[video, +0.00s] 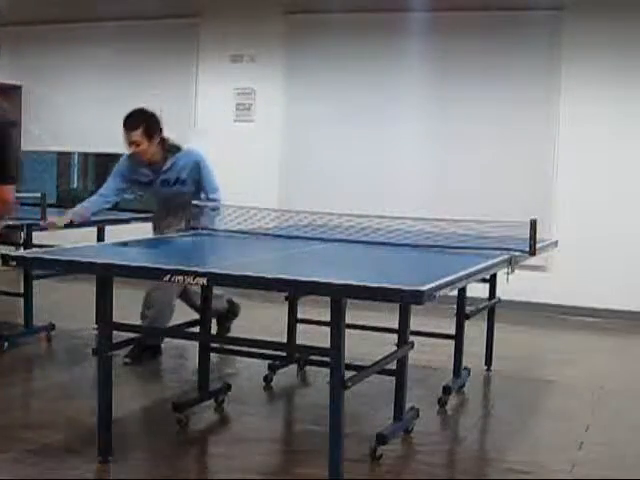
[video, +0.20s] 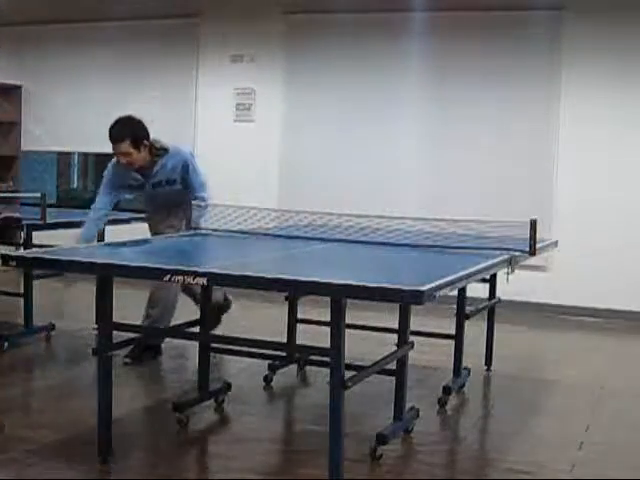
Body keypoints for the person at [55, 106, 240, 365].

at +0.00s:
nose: (132, 151)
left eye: (136, 144)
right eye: (129, 145)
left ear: (157, 138)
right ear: (127, 142)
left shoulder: (192, 161)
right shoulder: (130, 165)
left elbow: (212, 202)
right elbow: (106, 197)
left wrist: (200, 238)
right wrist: (68, 219)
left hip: (192, 231)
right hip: (162, 230)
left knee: (165, 280)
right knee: (180, 281)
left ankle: (149, 341)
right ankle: (223, 307)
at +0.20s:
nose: (121, 161)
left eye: (126, 155)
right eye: (118, 156)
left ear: (144, 146)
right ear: (114, 150)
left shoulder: (180, 159)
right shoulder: (117, 171)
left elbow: (200, 198)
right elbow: (101, 208)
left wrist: (197, 236)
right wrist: (83, 244)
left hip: (184, 221)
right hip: (157, 222)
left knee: (167, 273)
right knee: (177, 269)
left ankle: (149, 340)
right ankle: (213, 301)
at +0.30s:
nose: (120, 153)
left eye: (126, 146)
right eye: (117, 146)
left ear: (143, 139)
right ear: (113, 142)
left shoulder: (178, 153)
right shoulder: (117, 165)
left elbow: (199, 198)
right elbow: (108, 214)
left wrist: (192, 244)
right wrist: (104, 261)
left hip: (181, 210)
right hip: (153, 212)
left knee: (166, 269)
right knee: (165, 265)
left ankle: (150, 340)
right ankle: (207, 294)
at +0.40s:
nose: (125, 139)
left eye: (129, 133)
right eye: (121, 133)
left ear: (146, 125)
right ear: (117, 130)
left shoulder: (179, 149)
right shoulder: (121, 156)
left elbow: (196, 201)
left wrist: (187, 249)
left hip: (180, 216)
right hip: (154, 218)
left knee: (166, 271)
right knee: (165, 267)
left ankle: (152, 338)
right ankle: (201, 290)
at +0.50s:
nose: (131, 126)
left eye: (136, 119)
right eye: (128, 119)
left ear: (154, 113)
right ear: (125, 117)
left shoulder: (181, 143)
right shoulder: (128, 142)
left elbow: (187, 198)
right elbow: (129, 189)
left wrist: (153, 222)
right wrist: (138, 227)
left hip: (183, 215)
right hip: (152, 216)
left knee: (168, 274)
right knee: (153, 268)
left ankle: (152, 337)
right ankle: (196, 291)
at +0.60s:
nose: (144, 112)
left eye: (149, 105)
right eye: (141, 105)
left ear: (167, 104)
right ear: (138, 105)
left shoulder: (187, 137)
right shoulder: (139, 134)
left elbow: (180, 186)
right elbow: (137, 180)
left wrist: (142, 200)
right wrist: (146, 218)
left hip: (185, 211)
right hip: (156, 209)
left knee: (171, 271)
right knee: (150, 264)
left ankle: (153, 336)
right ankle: (195, 297)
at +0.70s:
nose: (162, 102)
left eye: (168, 96)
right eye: (158, 95)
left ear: (183, 98)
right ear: (155, 98)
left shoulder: (197, 135)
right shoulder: (152, 130)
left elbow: (181, 178)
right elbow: (150, 171)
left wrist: (145, 172)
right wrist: (148, 215)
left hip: (189, 207)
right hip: (158, 205)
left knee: (170, 271)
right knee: (161, 268)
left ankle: (153, 337)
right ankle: (194, 312)